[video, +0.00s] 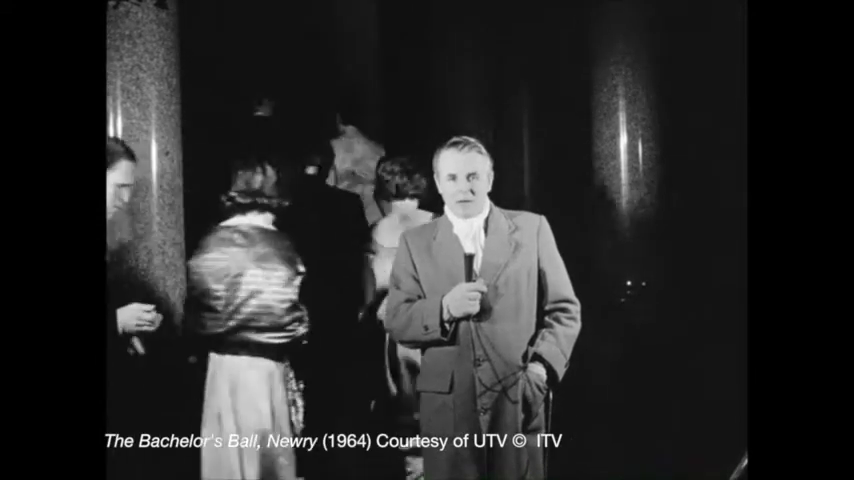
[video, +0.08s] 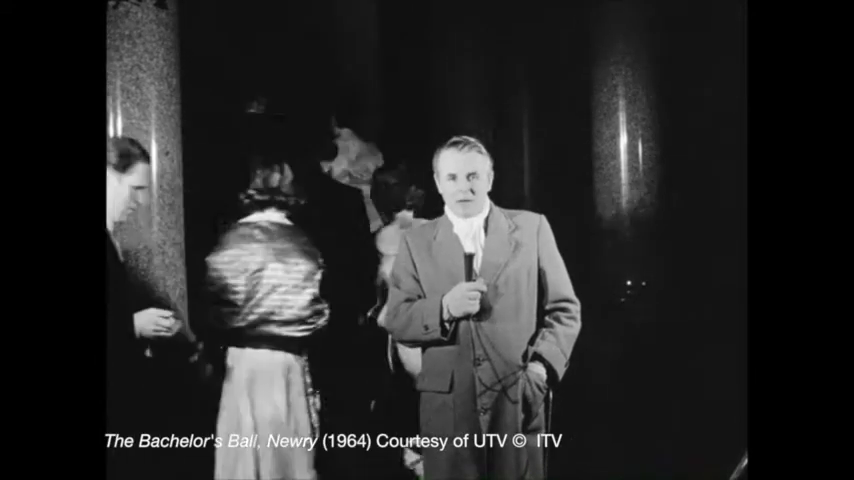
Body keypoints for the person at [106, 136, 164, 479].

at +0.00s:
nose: (127, 198)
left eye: (129, 188)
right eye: (120, 187)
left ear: (128, 186)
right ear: (101, 182)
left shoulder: (114, 247)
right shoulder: (111, 249)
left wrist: (134, 320)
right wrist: (118, 319)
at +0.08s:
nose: (138, 201)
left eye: (142, 191)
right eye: (135, 189)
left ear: (114, 178)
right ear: (110, 178)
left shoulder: (112, 246)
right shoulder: (105, 247)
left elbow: (127, 302)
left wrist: (158, 317)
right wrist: (131, 323)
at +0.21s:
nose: (169, 206)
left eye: (173, 197)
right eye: (165, 194)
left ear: (139, 183)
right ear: (136, 182)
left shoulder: (124, 238)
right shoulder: (114, 238)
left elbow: (132, 314)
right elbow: (118, 325)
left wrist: (170, 328)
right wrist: (163, 331)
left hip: (129, 395)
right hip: (119, 397)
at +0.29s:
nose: (188, 206)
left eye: (191, 197)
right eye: (186, 195)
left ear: (160, 184)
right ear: (160, 184)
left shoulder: (138, 235)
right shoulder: (122, 235)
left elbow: (139, 327)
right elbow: (129, 332)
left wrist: (187, 334)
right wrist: (187, 332)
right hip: (134, 395)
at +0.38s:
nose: (202, 206)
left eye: (206, 197)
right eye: (202, 195)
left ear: (177, 184)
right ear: (180, 185)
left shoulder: (158, 234)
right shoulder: (138, 233)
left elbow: (163, 310)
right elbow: (149, 322)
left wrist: (210, 309)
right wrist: (207, 330)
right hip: (141, 389)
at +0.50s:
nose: (224, 203)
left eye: (228, 194)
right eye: (226, 192)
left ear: (196, 178)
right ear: (206, 181)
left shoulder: (150, 225)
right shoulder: (172, 233)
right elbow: (172, 325)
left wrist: (210, 302)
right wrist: (242, 322)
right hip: (166, 394)